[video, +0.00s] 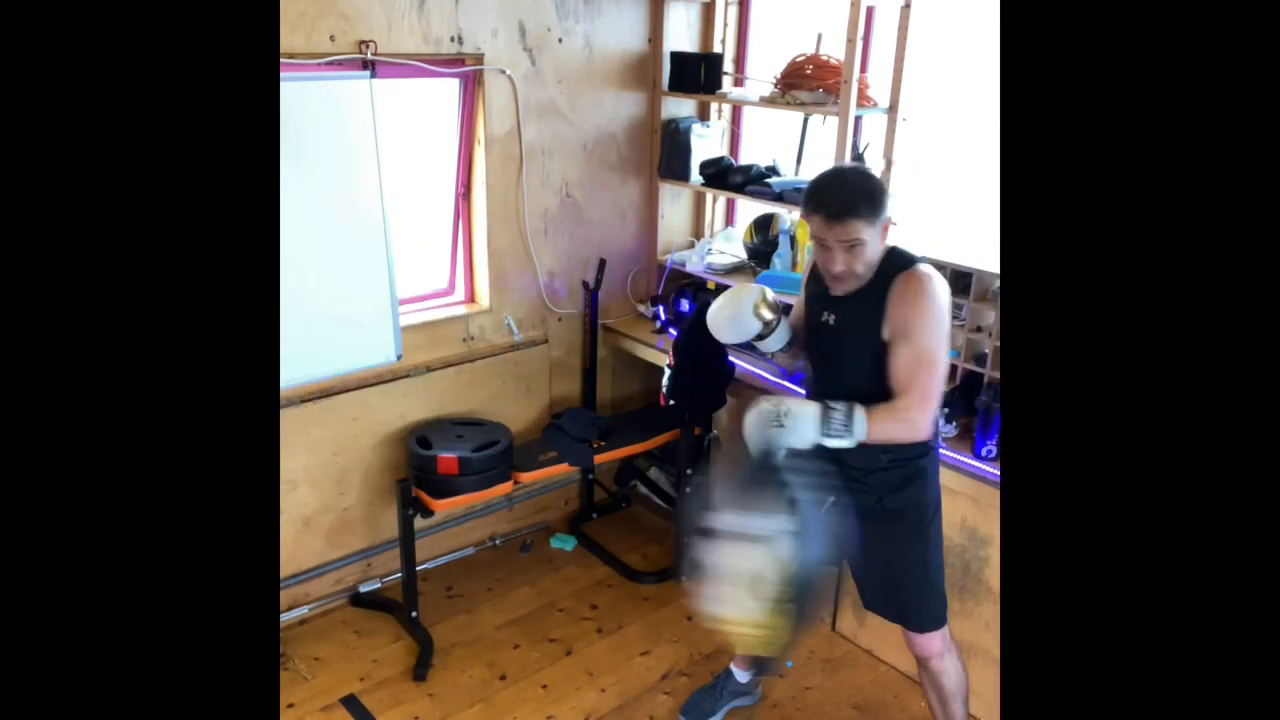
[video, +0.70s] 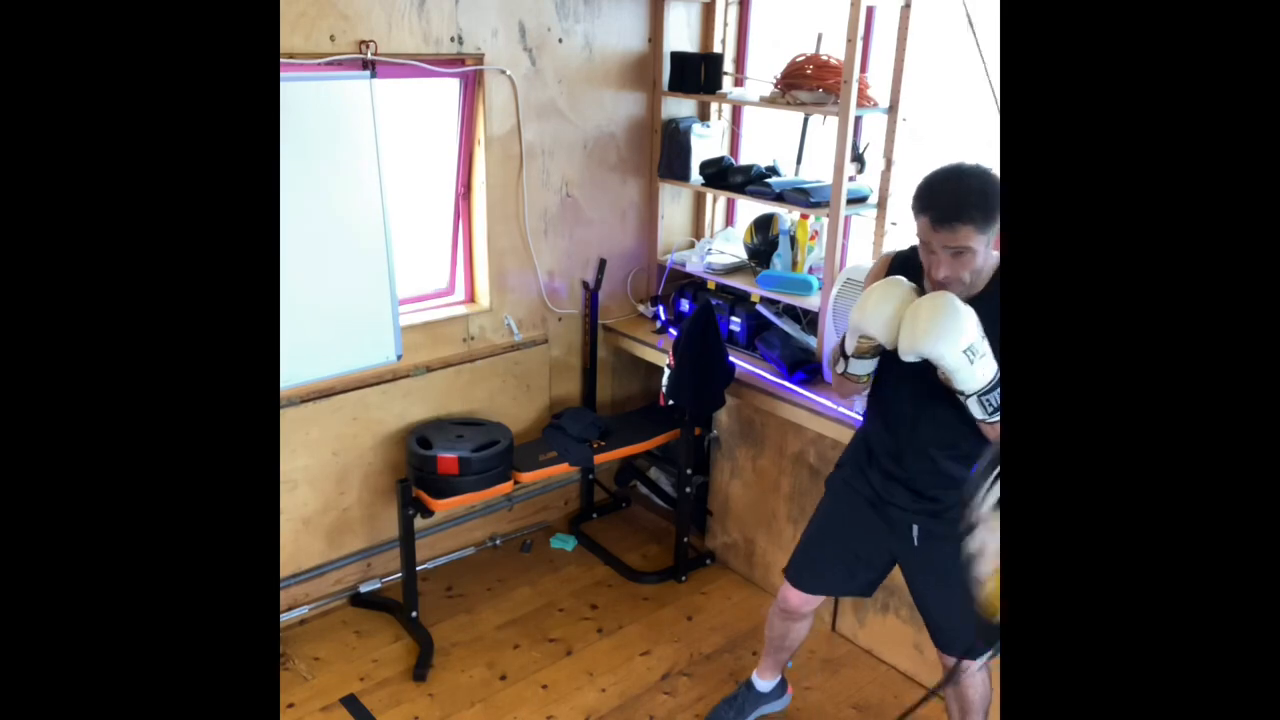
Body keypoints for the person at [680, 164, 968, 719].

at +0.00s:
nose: (834, 262)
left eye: (852, 246)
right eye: (823, 244)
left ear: (885, 234)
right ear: (810, 230)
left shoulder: (918, 288)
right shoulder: (821, 272)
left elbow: (916, 418)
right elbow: (800, 348)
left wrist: (822, 421)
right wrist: (766, 324)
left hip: (896, 479)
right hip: (822, 464)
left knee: (929, 645)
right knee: (768, 573)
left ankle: (958, 718)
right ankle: (744, 676)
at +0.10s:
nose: (911, 266)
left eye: (927, 250)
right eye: (896, 247)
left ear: (950, 242)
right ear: (875, 233)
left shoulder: (977, 294)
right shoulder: (842, 269)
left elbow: (992, 398)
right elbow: (782, 365)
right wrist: (781, 339)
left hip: (919, 479)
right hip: (833, 463)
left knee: (939, 651)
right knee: (772, 590)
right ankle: (741, 676)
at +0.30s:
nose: (971, 270)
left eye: (990, 256)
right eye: (960, 248)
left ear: (1011, 251)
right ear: (947, 231)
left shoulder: (1003, 308)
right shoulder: (902, 275)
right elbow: (836, 372)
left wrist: (994, 417)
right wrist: (871, 392)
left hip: (957, 487)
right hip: (868, 470)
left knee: (958, 645)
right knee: (798, 594)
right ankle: (752, 690)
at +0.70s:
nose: (939, 268)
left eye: (958, 254)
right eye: (929, 249)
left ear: (994, 245)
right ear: (919, 230)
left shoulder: (1001, 309)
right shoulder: (896, 272)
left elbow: (999, 434)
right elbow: (846, 381)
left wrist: (975, 371)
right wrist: (860, 347)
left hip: (946, 507)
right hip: (866, 480)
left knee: (963, 661)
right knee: (793, 597)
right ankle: (766, 685)